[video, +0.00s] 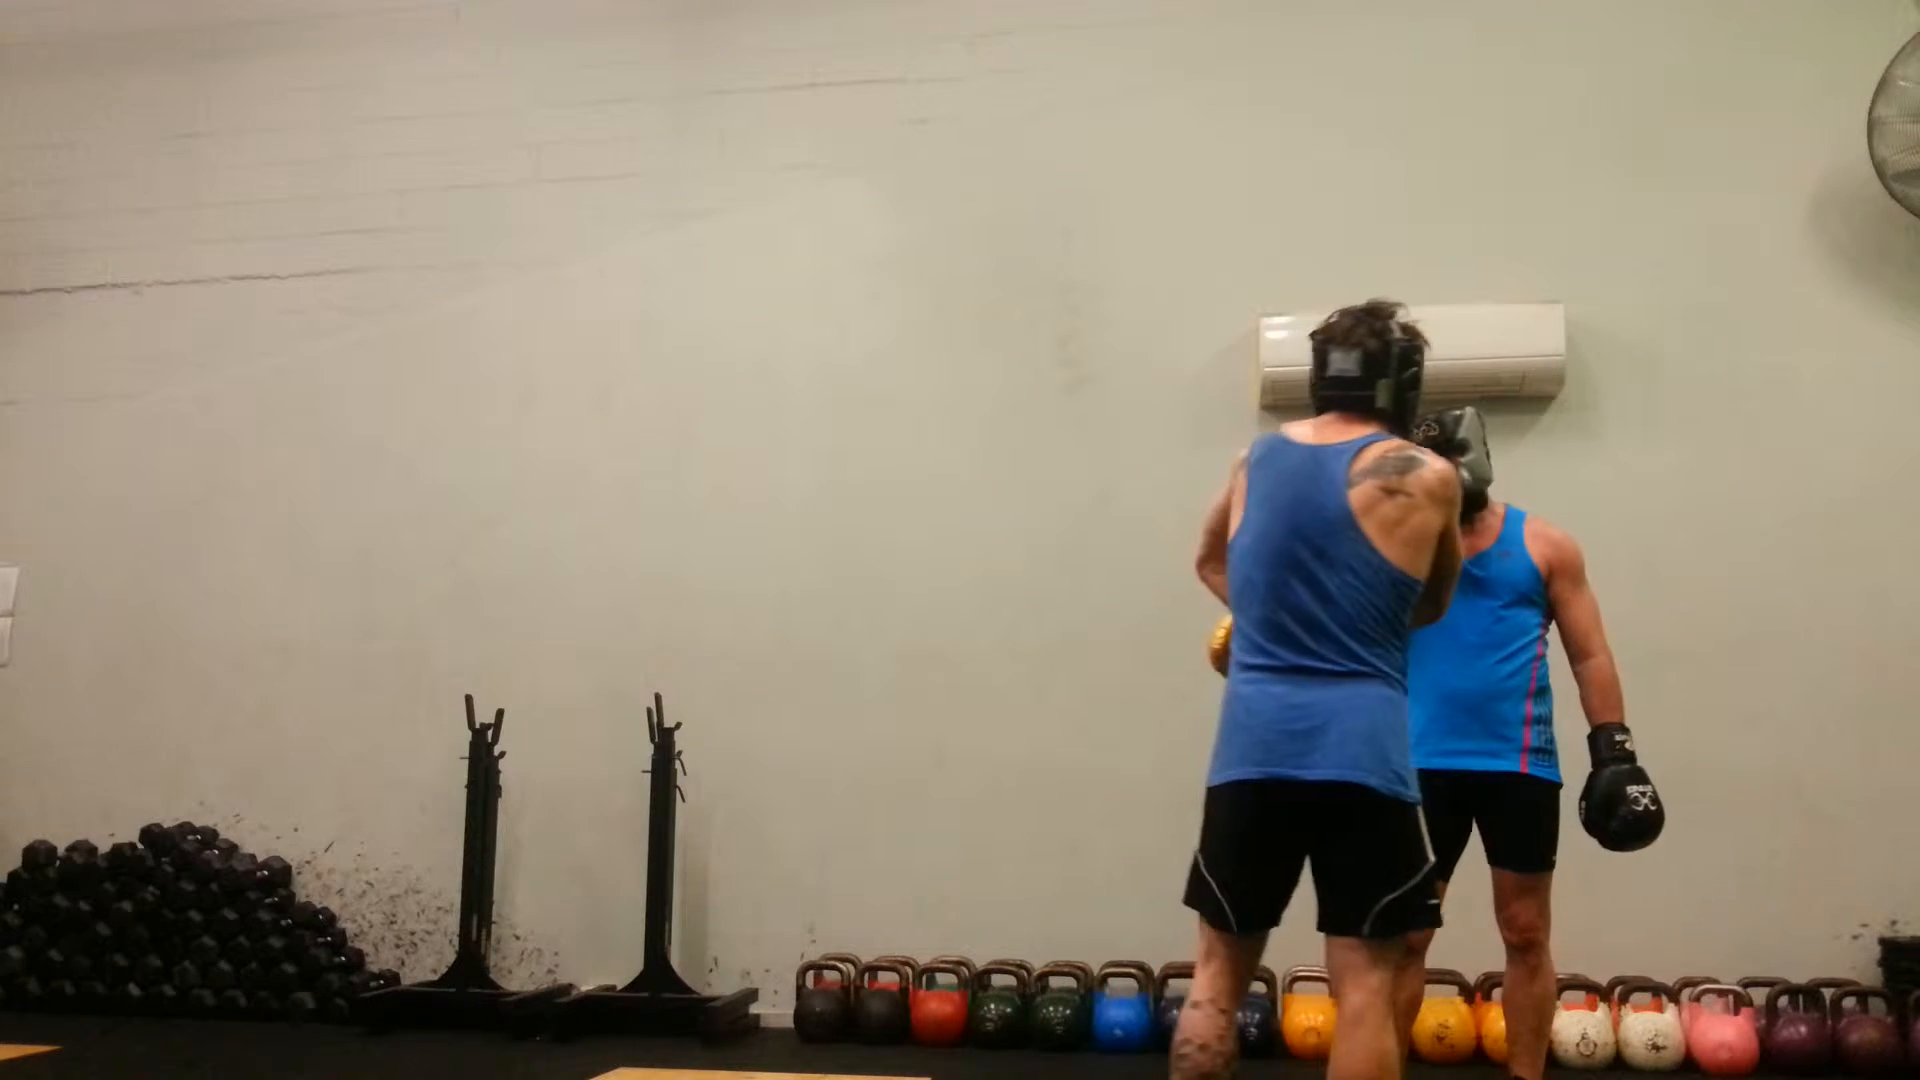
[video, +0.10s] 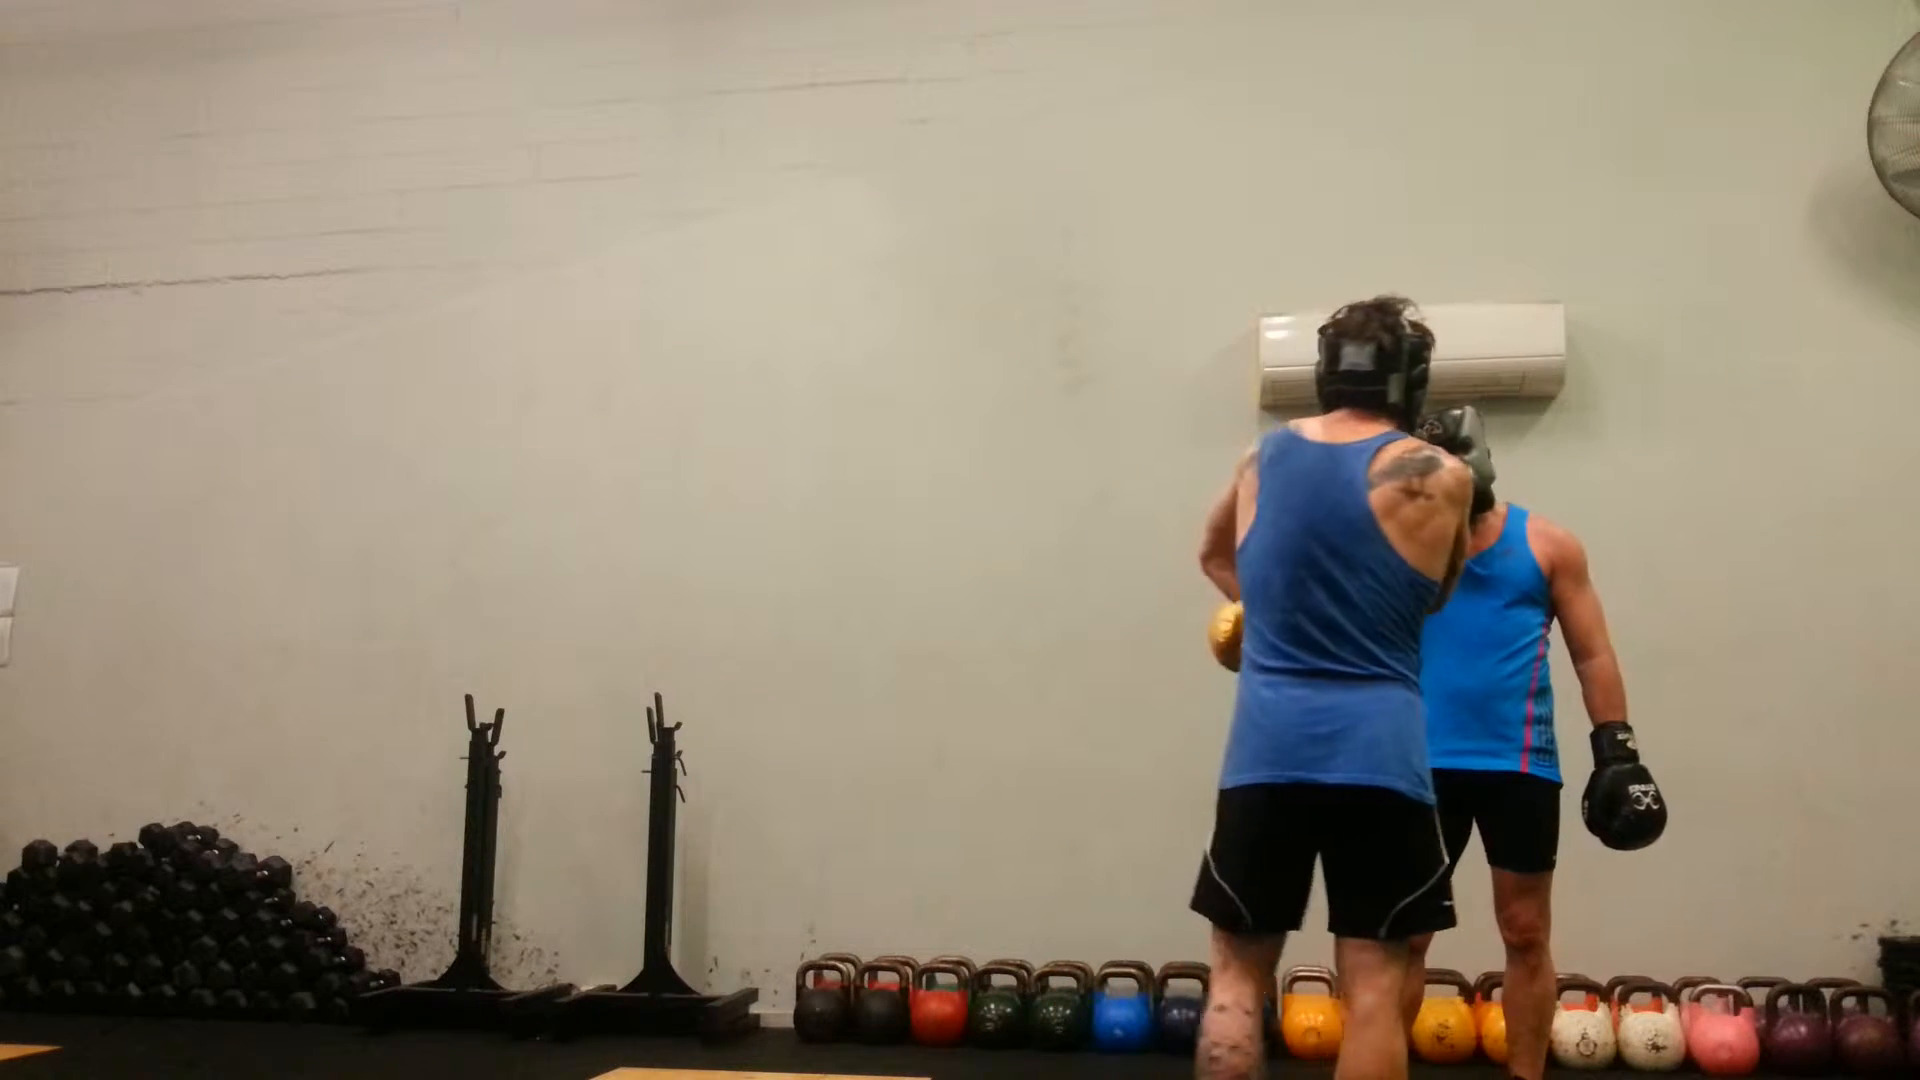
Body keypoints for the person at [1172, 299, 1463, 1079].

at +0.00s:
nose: (1419, 385)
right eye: (1416, 374)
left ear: (1318, 375)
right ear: (1406, 384)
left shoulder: (1258, 456)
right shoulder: (1430, 476)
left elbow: (1211, 562)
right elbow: (1431, 601)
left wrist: (1285, 621)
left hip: (1251, 758)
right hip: (1364, 762)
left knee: (1216, 975)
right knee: (1363, 985)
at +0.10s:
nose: (1423, 380)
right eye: (1420, 370)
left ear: (1324, 374)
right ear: (1413, 382)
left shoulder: (1266, 455)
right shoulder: (1443, 476)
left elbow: (1215, 554)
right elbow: (1434, 583)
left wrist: (1287, 612)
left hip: (1264, 761)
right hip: (1379, 765)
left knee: (1237, 979)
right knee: (1374, 993)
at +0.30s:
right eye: (1412, 364)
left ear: (1324, 371)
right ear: (1413, 373)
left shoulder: (1266, 452)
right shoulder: (1457, 472)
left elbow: (1206, 544)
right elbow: (1471, 537)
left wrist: (1257, 596)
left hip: (1287, 766)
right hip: (1404, 770)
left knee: (1279, 999)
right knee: (1387, 1001)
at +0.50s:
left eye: (1311, 358)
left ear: (1312, 363)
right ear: (1401, 364)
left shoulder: (1266, 449)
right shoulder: (1453, 462)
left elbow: (1194, 542)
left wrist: (1244, 579)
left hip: (1297, 760)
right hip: (1415, 762)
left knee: (1300, 996)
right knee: (1390, 999)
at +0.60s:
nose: (1292, 373)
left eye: (1293, 362)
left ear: (1301, 366)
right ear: (1393, 364)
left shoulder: (1264, 450)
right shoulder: (1456, 460)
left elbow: (1193, 562)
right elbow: (1446, 567)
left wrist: (1243, 591)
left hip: (1299, 756)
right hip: (1416, 760)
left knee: (1309, 995)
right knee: (1392, 1000)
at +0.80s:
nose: (1255, 384)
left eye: (1257, 372)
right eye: (1257, 372)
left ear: (1277, 371)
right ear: (1365, 364)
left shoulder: (1251, 456)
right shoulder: (1457, 456)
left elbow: (1206, 594)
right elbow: (1485, 618)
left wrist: (1267, 575)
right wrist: (1392, 617)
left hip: (1312, 756)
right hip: (1434, 760)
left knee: (1324, 1013)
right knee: (1399, 998)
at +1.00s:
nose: (1274, 363)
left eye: (1277, 352)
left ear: (1285, 359)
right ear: (1378, 349)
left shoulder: (1256, 457)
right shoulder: (1465, 452)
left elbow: (1238, 605)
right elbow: (1503, 611)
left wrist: (1317, 575)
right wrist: (1411, 594)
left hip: (1323, 752)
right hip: (1446, 753)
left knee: (1342, 1014)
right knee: (1451, 988)